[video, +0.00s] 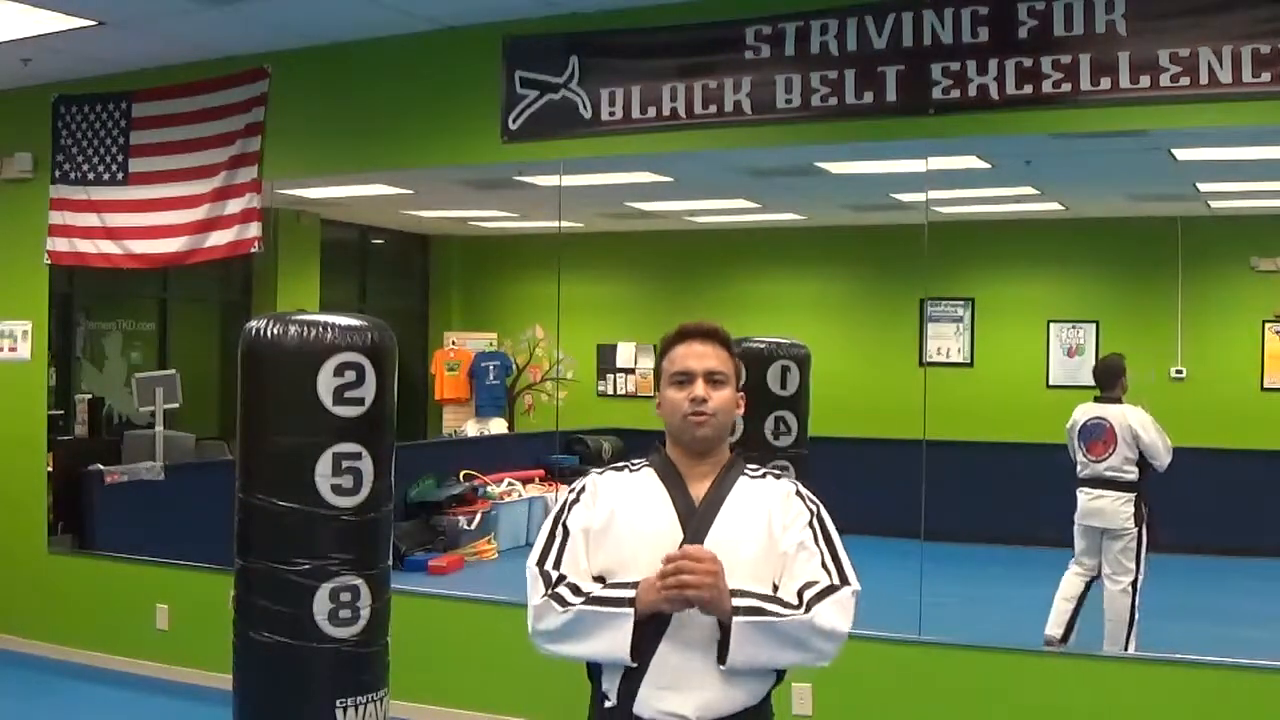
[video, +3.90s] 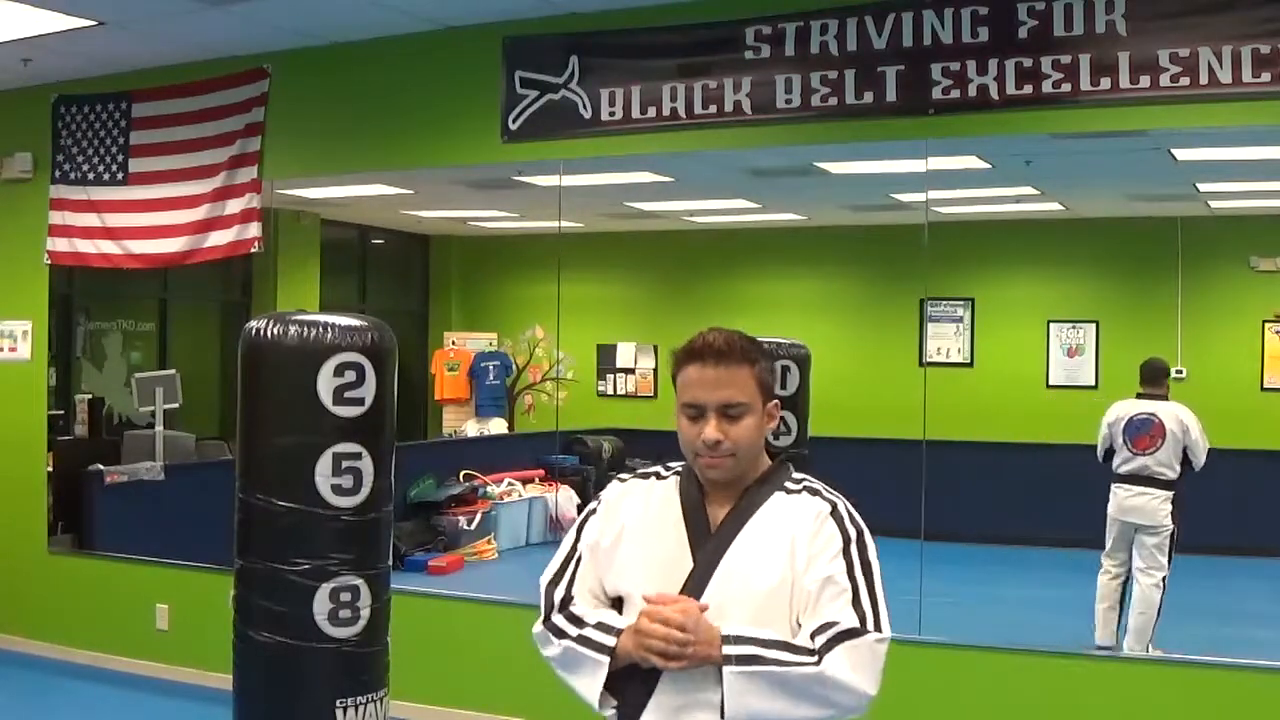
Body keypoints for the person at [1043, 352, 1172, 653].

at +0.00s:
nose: (1128, 379)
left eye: (1125, 374)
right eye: (1126, 375)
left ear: (1096, 380)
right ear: (1123, 380)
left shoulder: (1080, 413)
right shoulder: (1135, 416)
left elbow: (1075, 455)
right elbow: (1162, 459)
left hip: (1086, 500)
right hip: (1122, 504)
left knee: (1081, 567)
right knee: (1121, 579)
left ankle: (1053, 636)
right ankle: (1117, 653)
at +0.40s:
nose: (1084, 380)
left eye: (1080, 376)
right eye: (1082, 376)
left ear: (1053, 384)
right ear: (1080, 381)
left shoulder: (1041, 418)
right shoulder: (1099, 413)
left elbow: (1038, 462)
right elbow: (1124, 455)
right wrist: (1098, 471)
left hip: (1048, 505)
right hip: (1086, 507)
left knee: (1046, 577)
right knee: (1099, 582)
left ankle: (1039, 649)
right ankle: (1112, 650)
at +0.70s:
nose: (1063, 378)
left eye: (1060, 374)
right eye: (1061, 374)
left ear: (1033, 384)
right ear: (1059, 379)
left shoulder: (1022, 418)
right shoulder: (1081, 408)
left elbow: (1022, 464)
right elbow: (1109, 449)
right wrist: (1079, 454)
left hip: (1034, 506)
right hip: (1074, 508)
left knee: (1037, 578)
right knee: (1091, 578)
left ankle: (1036, 651)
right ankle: (1079, 652)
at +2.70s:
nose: (1082, 385)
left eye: (1080, 381)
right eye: (1081, 381)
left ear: (1050, 386)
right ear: (1077, 383)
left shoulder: (1036, 416)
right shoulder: (1092, 410)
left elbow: (1034, 458)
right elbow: (1119, 452)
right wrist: (1091, 450)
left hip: (1047, 504)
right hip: (1083, 506)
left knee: (1056, 575)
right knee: (1109, 573)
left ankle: (1054, 645)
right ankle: (1068, 635)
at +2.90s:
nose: (1089, 384)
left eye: (1086, 380)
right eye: (1087, 380)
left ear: (1057, 383)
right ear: (1083, 382)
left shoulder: (1040, 415)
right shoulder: (1093, 410)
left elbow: (1041, 456)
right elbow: (1121, 453)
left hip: (1053, 501)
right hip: (1091, 503)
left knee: (1060, 574)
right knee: (1118, 571)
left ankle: (1057, 649)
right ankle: (1109, 650)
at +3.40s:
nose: (1131, 385)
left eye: (1128, 381)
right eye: (1131, 381)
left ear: (1102, 381)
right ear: (1128, 383)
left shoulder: (1078, 411)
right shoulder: (1137, 415)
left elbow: (1070, 451)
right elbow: (1159, 460)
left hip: (1084, 499)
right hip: (1122, 503)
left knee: (1077, 568)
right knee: (1131, 575)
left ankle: (1062, 646)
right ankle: (1133, 649)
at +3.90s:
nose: (1163, 384)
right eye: (1165, 379)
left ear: (1140, 381)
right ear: (1167, 381)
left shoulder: (1117, 410)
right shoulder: (1182, 415)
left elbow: (1103, 454)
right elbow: (1197, 460)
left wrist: (1134, 452)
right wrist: (1168, 458)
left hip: (1120, 500)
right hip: (1157, 504)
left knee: (1112, 565)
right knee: (1149, 573)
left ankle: (1104, 639)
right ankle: (1137, 647)